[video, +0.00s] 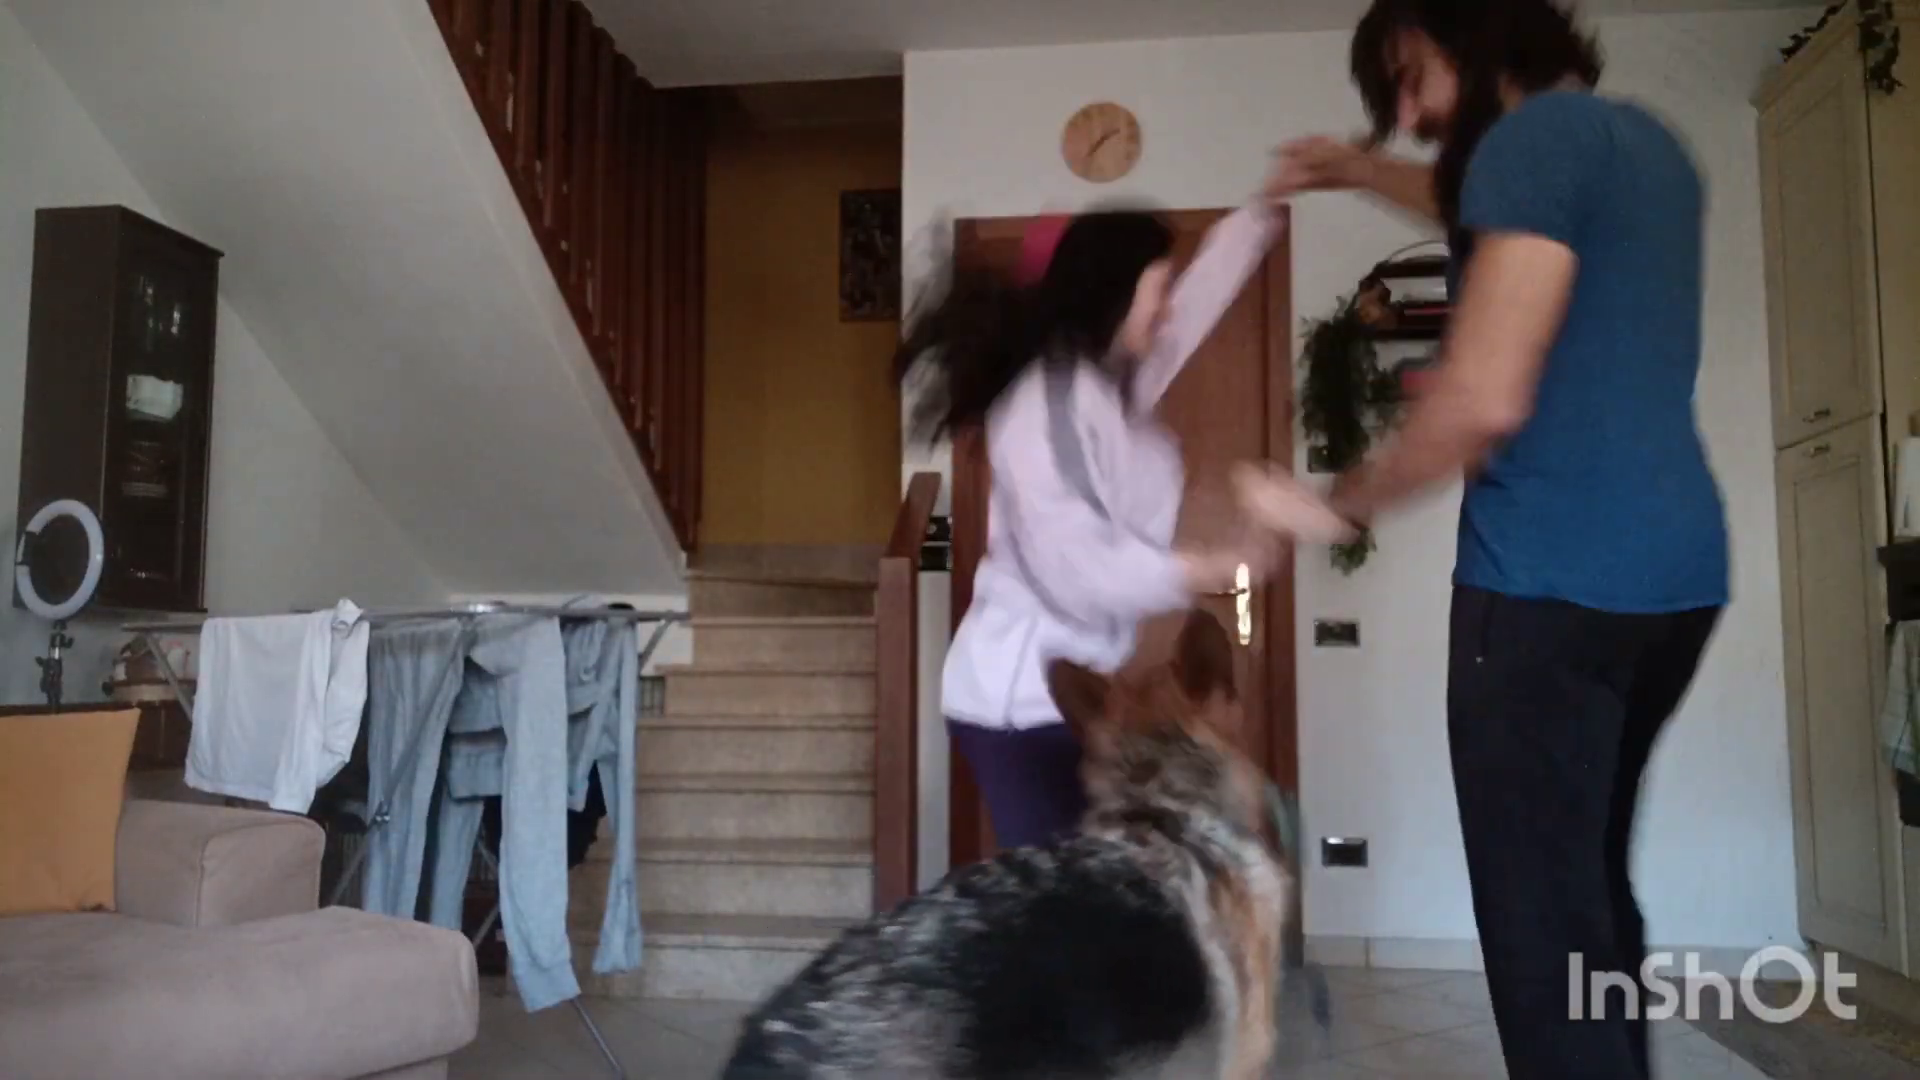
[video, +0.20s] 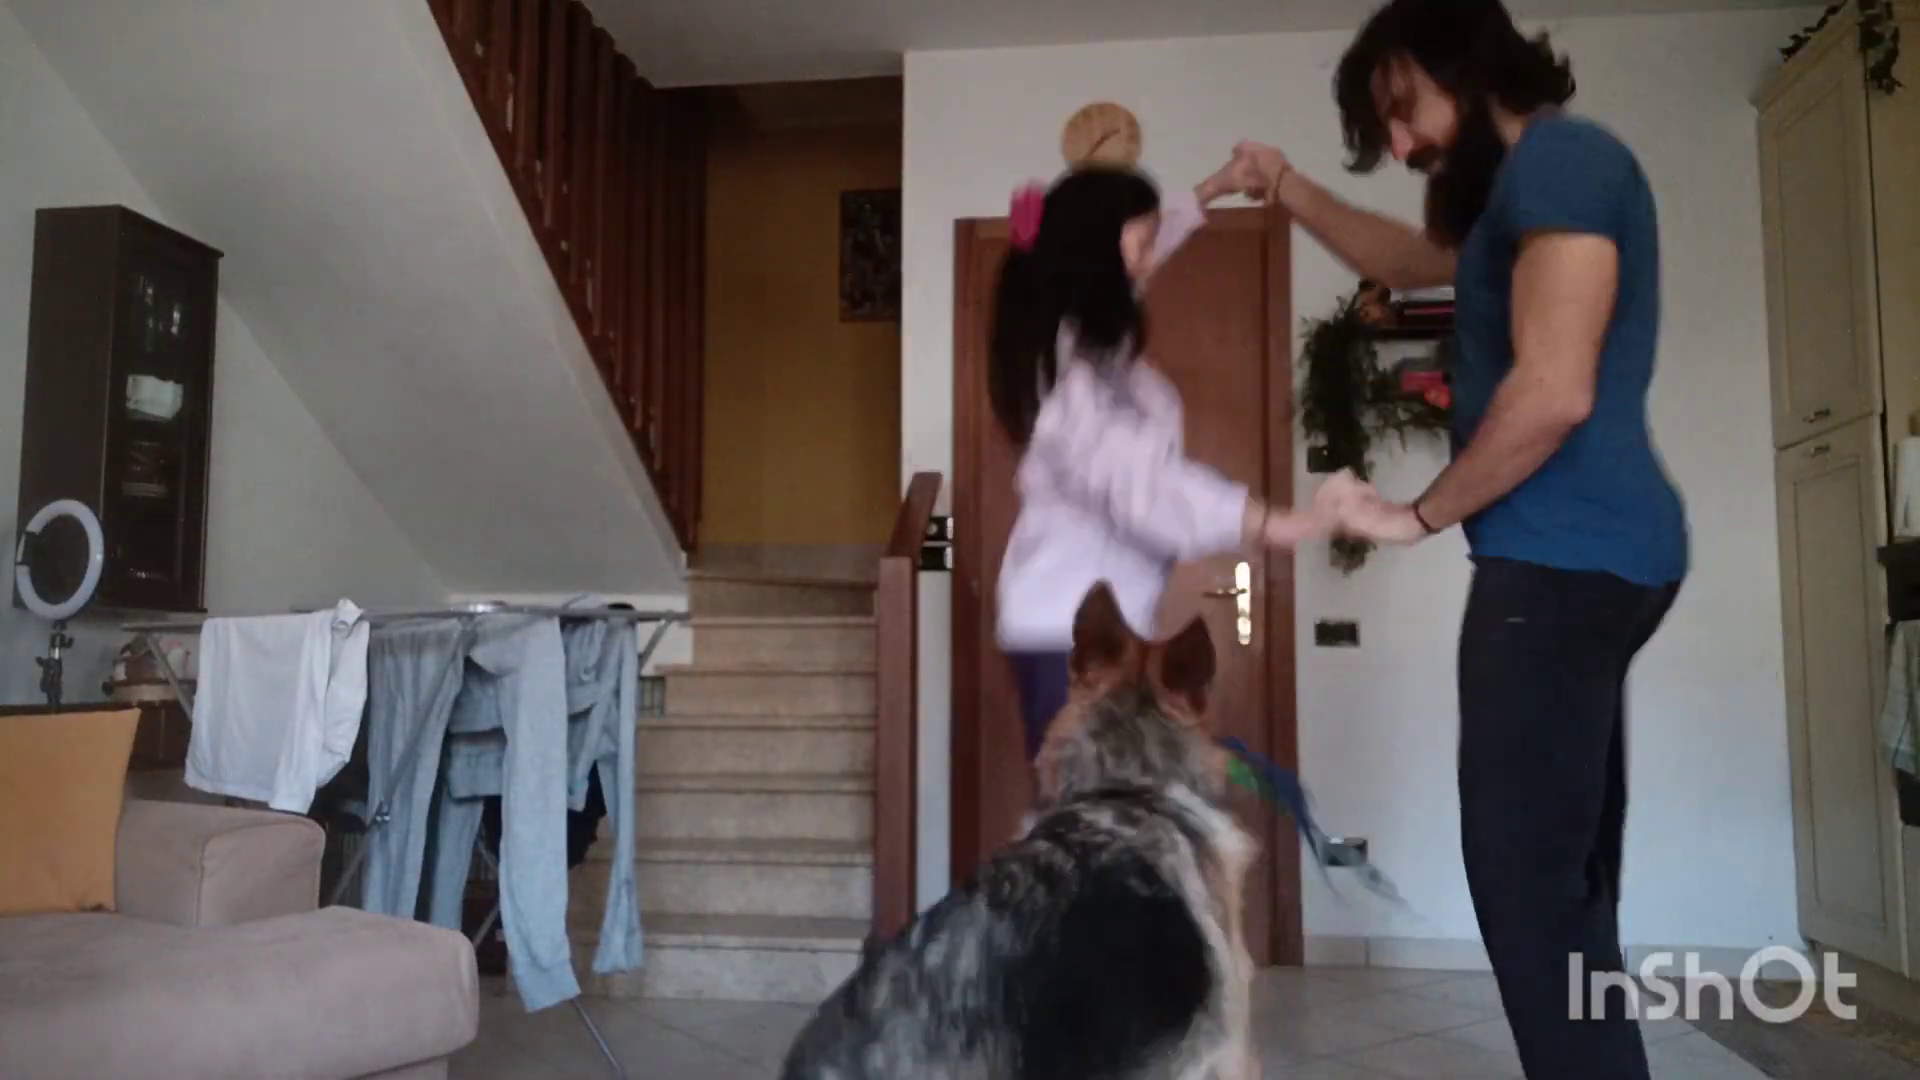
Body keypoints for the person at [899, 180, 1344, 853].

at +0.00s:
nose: (1167, 308)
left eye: (1169, 289)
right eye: (1156, 289)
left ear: (1108, 293)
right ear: (1109, 290)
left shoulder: (1119, 386)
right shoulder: (1038, 400)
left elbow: (1191, 306)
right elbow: (1073, 561)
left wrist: (1268, 206)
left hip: (1075, 687)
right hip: (1014, 697)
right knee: (1064, 902)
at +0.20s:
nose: (1149, 259)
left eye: (1150, 244)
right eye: (1142, 243)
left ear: (1095, 243)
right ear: (1104, 245)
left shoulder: (1093, 327)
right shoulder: (1061, 359)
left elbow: (1149, 246)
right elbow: (1136, 478)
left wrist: (1215, 187)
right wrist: (1282, 525)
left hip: (1107, 613)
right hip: (1064, 624)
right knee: (1078, 818)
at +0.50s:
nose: (1195, 329)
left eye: (1191, 311)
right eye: (1186, 311)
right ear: (1149, 317)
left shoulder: (1148, 405)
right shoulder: (1110, 413)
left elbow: (1188, 522)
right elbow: (1168, 532)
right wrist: (1320, 549)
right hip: (1089, 685)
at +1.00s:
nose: (1201, 350)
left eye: (1203, 336)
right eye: (1186, 335)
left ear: (1191, 356)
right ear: (1149, 346)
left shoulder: (1185, 472)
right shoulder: (1125, 413)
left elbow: (1233, 565)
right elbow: (1163, 321)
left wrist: (1329, 577)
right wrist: (1215, 221)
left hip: (1148, 661)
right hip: (1093, 656)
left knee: (1160, 835)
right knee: (1143, 831)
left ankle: (1144, 1023)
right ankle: (1129, 1025)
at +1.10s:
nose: (1188, 371)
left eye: (1198, 360)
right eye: (1177, 355)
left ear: (1207, 373)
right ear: (1148, 354)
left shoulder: (1190, 463)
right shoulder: (1119, 426)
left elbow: (1240, 559)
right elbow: (1147, 321)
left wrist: (1330, 590)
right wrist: (1192, 207)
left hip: (1176, 660)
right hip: (1112, 654)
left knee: (1177, 836)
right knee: (1144, 832)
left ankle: (1163, 1027)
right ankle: (1137, 1028)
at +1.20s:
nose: (1182, 337)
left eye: (1195, 327)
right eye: (1171, 322)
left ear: (1207, 337)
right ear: (1142, 319)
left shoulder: (1191, 412)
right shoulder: (1113, 384)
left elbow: (1224, 510)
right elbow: (1118, 296)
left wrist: (1299, 573)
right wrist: (1180, 180)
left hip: (1178, 620)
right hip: (1117, 619)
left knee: (1190, 795)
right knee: (1143, 793)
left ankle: (1171, 998)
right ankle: (1139, 993)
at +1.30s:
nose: (1179, 329)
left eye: (1194, 318)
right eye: (1167, 314)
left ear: (1209, 329)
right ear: (1142, 315)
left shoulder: (1201, 422)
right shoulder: (1115, 375)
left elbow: (1232, 522)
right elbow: (1113, 283)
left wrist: (1307, 552)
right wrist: (1179, 174)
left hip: (1176, 621)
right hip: (1112, 616)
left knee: (1186, 804)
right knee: (1133, 805)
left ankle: (1175, 995)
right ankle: (1129, 996)